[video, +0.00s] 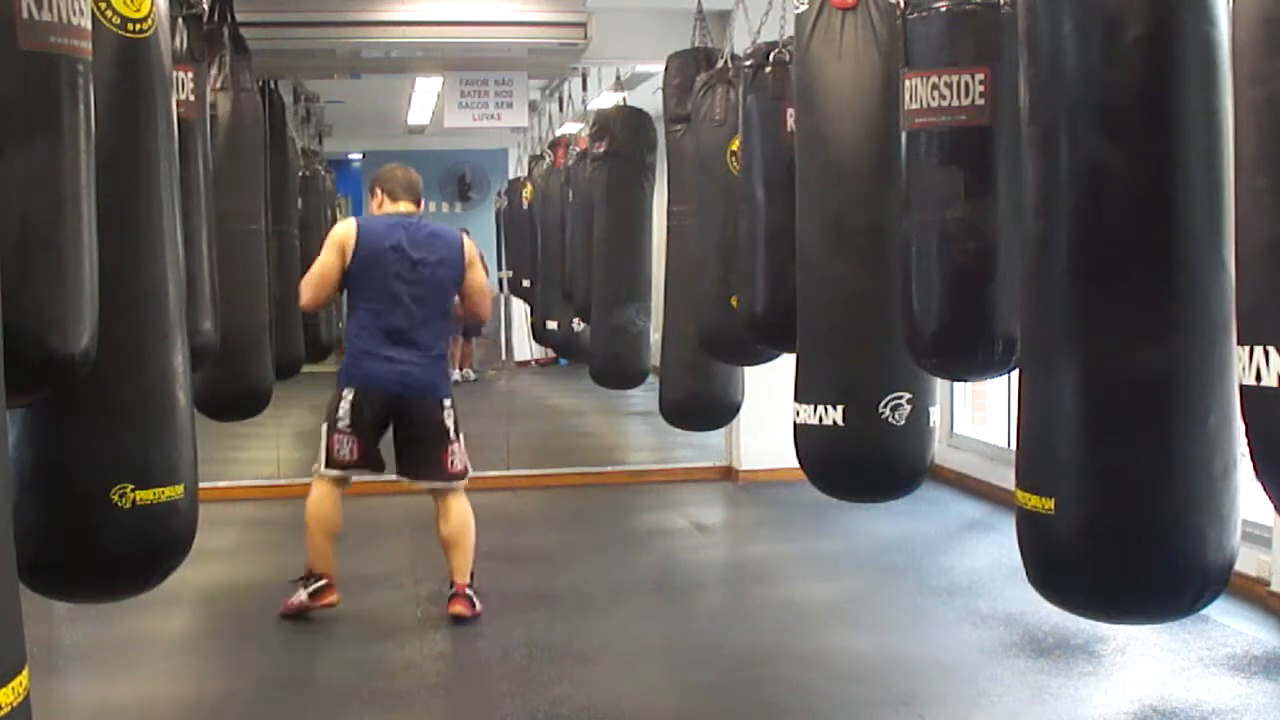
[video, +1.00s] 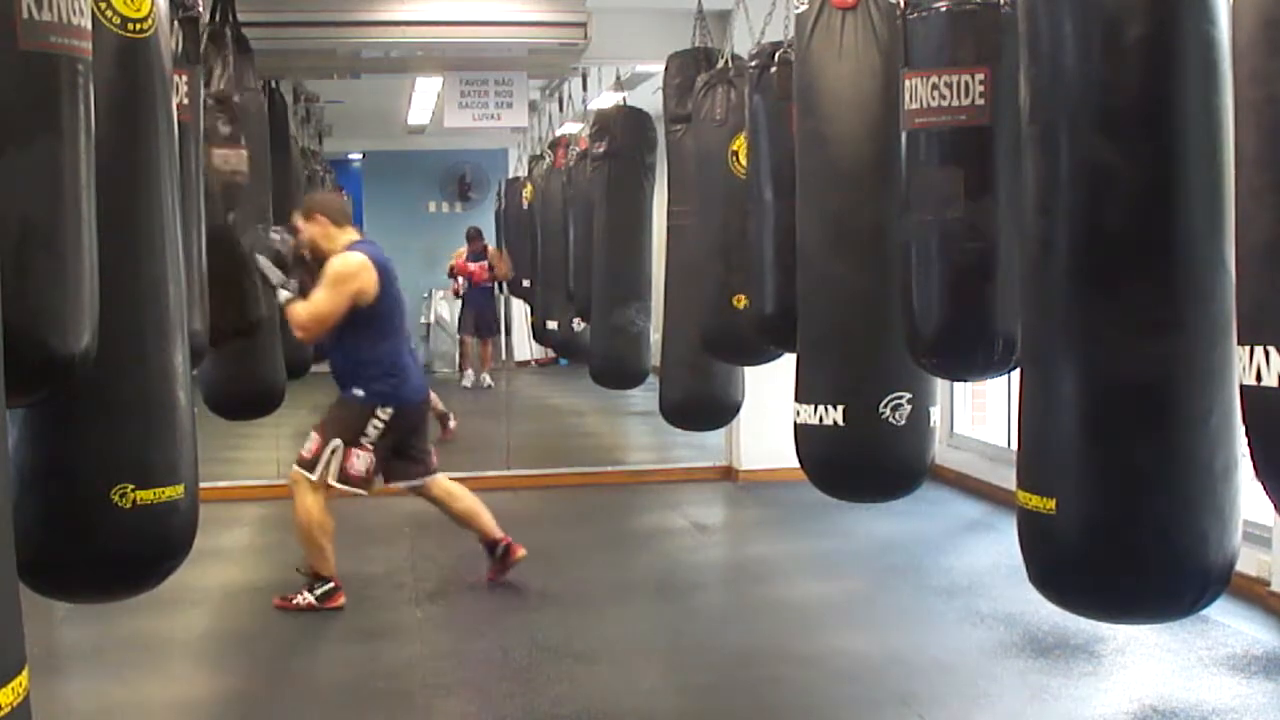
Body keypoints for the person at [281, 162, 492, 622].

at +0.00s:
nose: (369, 206)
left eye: (370, 200)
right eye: (372, 202)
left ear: (378, 199)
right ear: (421, 203)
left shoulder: (350, 232)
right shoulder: (459, 243)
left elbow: (309, 298)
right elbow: (480, 312)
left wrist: (345, 269)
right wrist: (439, 301)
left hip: (363, 382)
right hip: (428, 387)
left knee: (329, 479)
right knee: (450, 490)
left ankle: (319, 580)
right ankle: (462, 589)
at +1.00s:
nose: (300, 240)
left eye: (301, 229)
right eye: (298, 231)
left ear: (321, 222)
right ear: (339, 221)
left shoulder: (347, 264)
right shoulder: (368, 255)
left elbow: (305, 324)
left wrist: (284, 289)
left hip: (374, 396)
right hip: (406, 390)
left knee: (306, 479)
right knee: (423, 478)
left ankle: (323, 583)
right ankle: (499, 542)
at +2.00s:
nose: (401, 235)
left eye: (402, 226)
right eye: (399, 228)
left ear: (420, 216)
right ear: (444, 215)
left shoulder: (425, 250)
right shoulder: (492, 248)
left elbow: (390, 312)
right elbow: (448, 309)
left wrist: (364, 286)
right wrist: (395, 275)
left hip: (452, 381)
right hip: (501, 381)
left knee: (402, 471)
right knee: (507, 475)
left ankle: (389, 568)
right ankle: (537, 559)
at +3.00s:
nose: (411, 216)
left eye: (411, 211)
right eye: (412, 211)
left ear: (422, 206)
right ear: (460, 207)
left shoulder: (406, 239)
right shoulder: (505, 247)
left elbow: (366, 305)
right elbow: (520, 315)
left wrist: (383, 271)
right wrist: (476, 294)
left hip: (418, 390)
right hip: (481, 392)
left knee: (377, 487)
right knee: (499, 494)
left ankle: (378, 581)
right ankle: (510, 593)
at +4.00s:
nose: (430, 221)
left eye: (429, 215)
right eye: (429, 215)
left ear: (441, 208)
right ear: (476, 203)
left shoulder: (438, 243)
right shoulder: (522, 242)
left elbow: (392, 298)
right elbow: (527, 303)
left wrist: (392, 263)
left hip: (463, 379)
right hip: (520, 376)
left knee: (430, 484)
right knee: (540, 479)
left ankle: (415, 581)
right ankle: (559, 577)